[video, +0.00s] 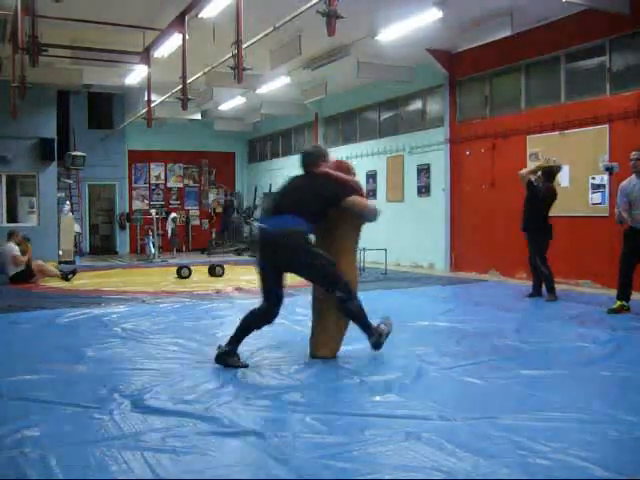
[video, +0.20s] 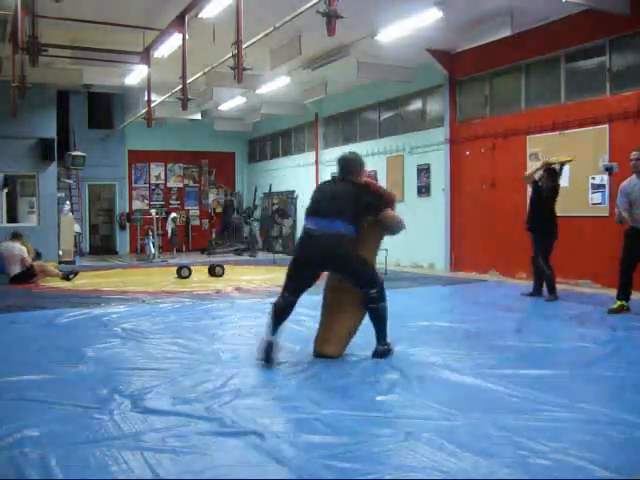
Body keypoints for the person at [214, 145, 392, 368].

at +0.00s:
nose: (329, 164)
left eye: (327, 162)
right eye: (328, 162)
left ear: (305, 164)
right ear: (324, 163)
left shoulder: (293, 182)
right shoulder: (331, 182)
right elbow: (369, 211)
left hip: (267, 246)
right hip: (294, 246)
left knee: (269, 308)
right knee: (339, 287)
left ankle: (228, 350)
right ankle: (372, 334)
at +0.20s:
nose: (363, 174)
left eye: (362, 171)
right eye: (362, 171)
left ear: (340, 170)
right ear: (359, 172)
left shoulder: (322, 188)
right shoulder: (363, 190)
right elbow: (390, 199)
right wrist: (371, 183)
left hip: (308, 249)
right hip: (340, 251)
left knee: (289, 293)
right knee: (373, 286)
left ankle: (270, 338)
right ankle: (382, 343)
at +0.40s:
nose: (372, 162)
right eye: (373, 158)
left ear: (352, 157)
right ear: (373, 159)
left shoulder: (335, 172)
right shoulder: (381, 177)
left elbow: (313, 205)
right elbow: (399, 218)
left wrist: (332, 220)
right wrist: (378, 224)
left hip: (327, 234)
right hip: (361, 236)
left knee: (302, 286)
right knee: (382, 284)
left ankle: (297, 345)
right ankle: (382, 343)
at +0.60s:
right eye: (361, 156)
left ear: (342, 155)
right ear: (364, 157)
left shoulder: (328, 170)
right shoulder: (373, 175)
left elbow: (300, 202)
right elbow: (386, 211)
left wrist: (323, 215)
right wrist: (366, 218)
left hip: (336, 235)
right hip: (369, 235)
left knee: (308, 284)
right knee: (384, 282)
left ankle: (311, 346)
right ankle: (381, 342)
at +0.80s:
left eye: (329, 176)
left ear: (328, 177)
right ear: (349, 178)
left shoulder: (322, 194)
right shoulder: (361, 195)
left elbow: (295, 225)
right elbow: (369, 224)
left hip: (343, 253)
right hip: (376, 252)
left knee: (302, 291)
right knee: (374, 289)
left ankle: (310, 350)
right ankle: (377, 340)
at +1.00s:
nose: (317, 185)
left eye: (317, 182)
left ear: (320, 183)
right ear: (341, 182)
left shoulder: (316, 198)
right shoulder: (354, 197)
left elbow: (291, 231)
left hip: (350, 251)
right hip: (381, 249)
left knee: (305, 286)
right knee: (373, 285)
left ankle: (309, 348)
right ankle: (377, 338)